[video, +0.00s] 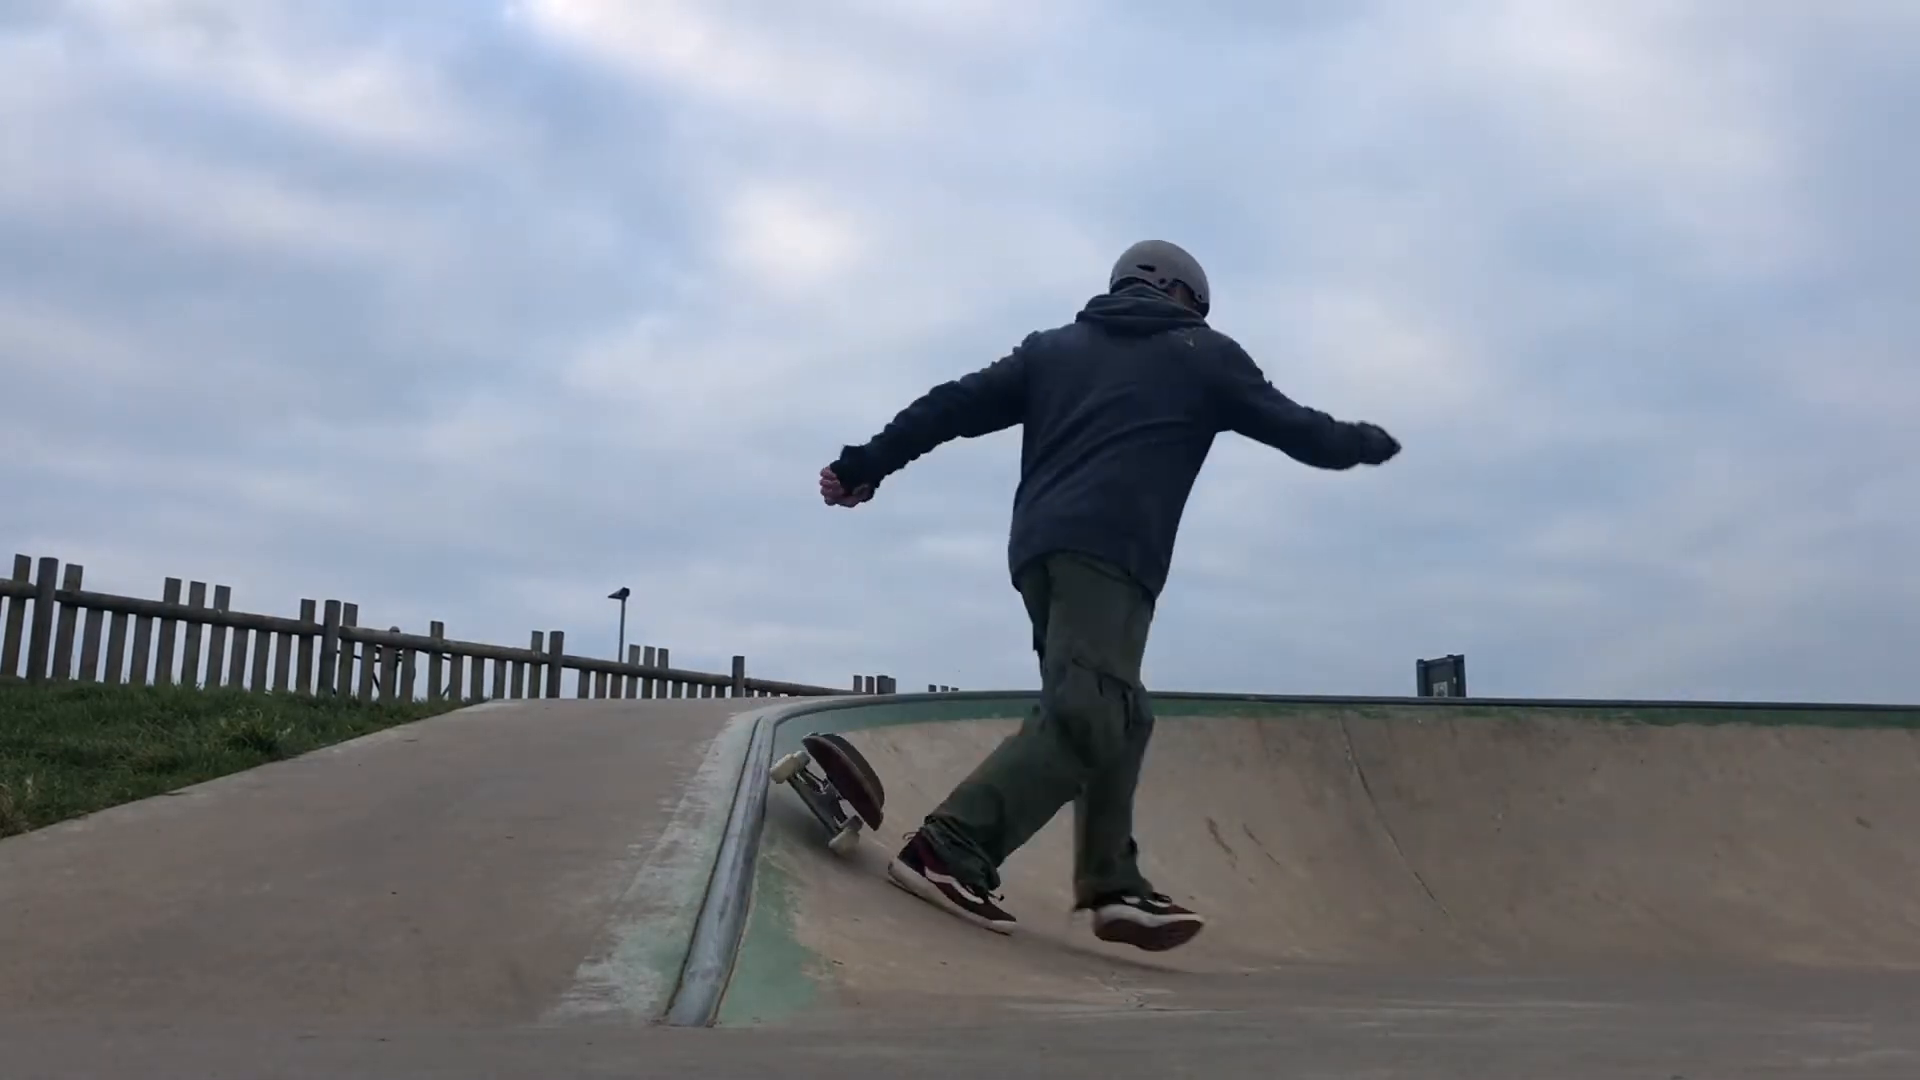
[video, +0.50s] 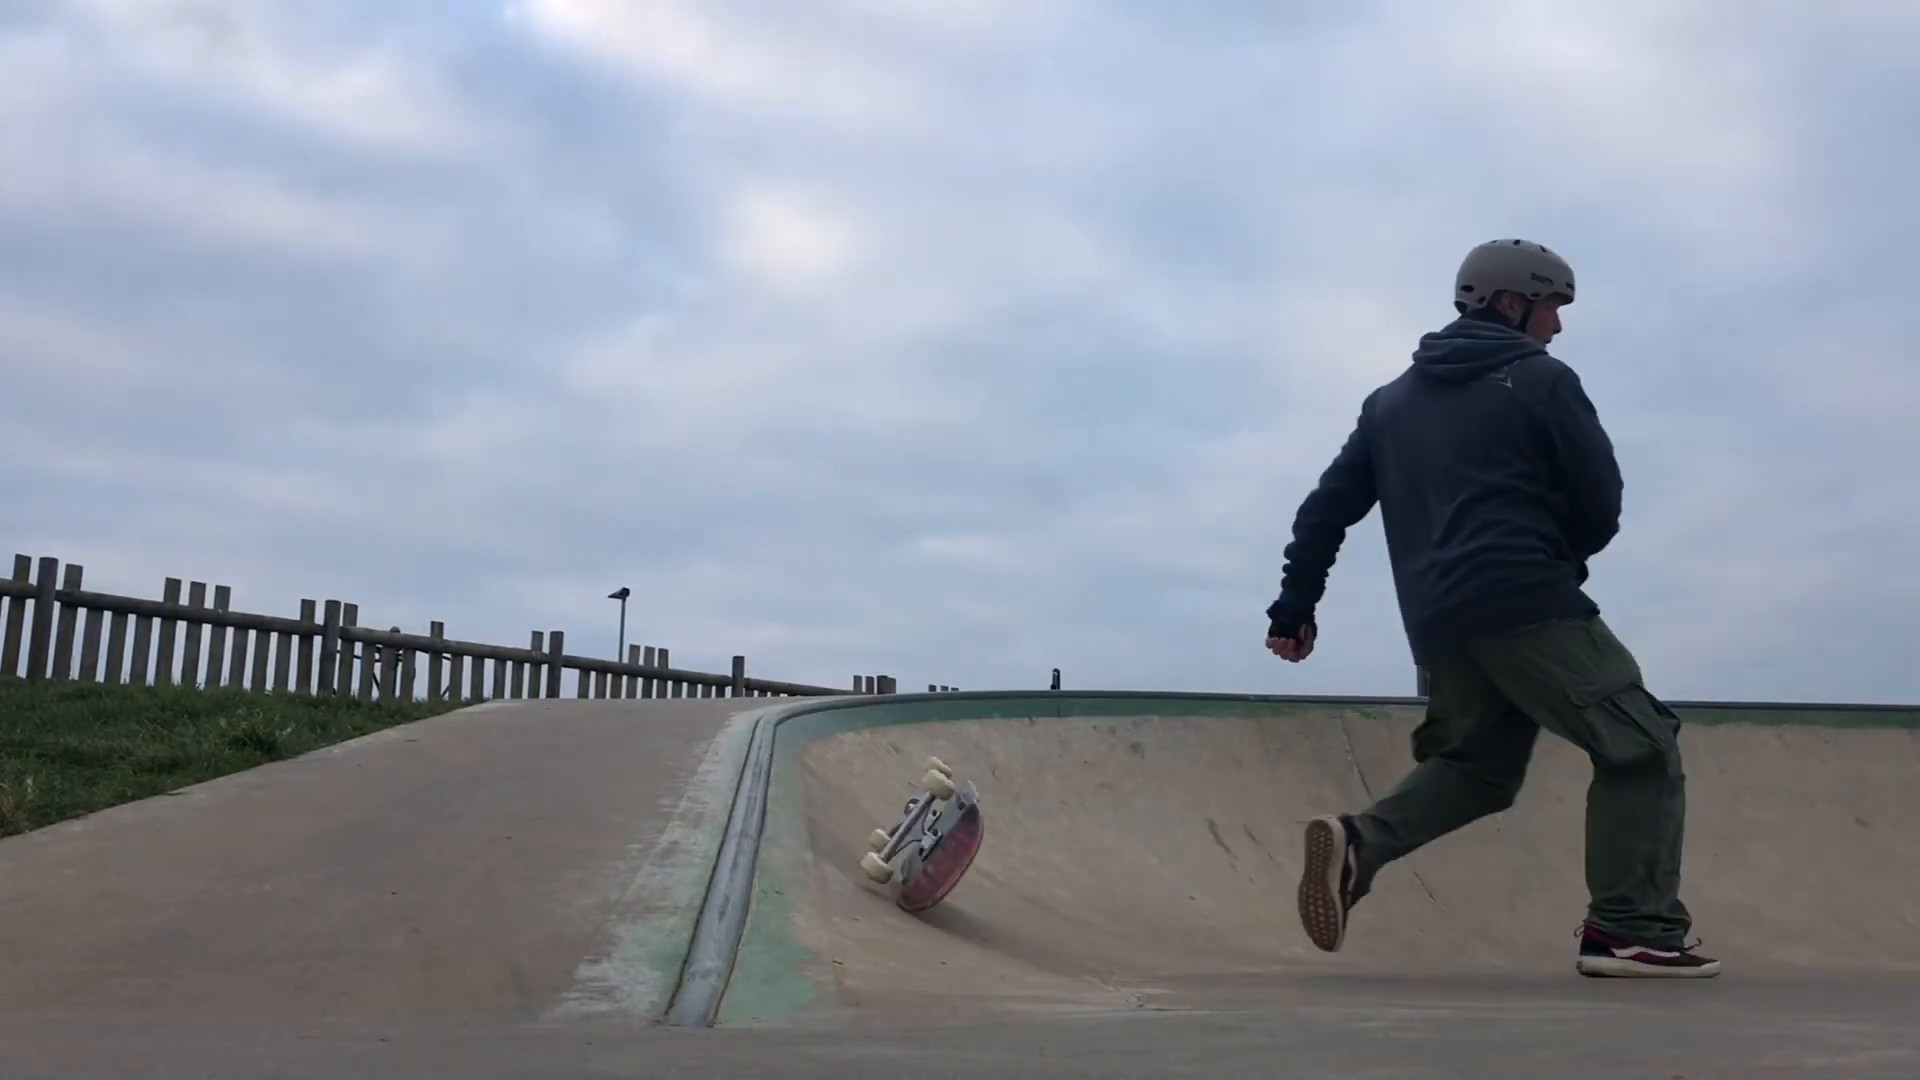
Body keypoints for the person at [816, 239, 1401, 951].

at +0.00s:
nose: (1201, 313)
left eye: (1195, 302)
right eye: (1199, 302)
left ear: (1122, 286)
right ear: (1187, 297)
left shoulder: (1054, 348)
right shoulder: (1202, 352)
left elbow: (952, 404)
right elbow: (1300, 430)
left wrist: (866, 463)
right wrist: (1370, 441)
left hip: (1036, 547)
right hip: (1112, 548)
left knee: (1122, 715)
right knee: (1084, 715)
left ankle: (1115, 891)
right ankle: (952, 846)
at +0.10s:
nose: (1253, 342)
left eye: (1253, 334)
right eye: (1252, 332)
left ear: (1175, 319)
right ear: (1234, 324)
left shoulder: (1114, 385)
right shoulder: (1260, 391)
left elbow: (1056, 446)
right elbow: (1299, 496)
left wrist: (1012, 509)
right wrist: (1297, 579)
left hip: (1113, 595)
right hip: (1196, 594)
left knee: (1197, 761)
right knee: (1212, 763)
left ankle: (1196, 931)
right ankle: (1054, 822)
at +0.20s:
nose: (1325, 360)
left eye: (1326, 351)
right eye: (1323, 348)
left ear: (1244, 334)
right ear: (1300, 339)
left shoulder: (1171, 406)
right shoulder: (1331, 411)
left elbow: (1134, 511)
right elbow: (1338, 537)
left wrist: (1136, 608)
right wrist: (1297, 593)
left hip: (1187, 612)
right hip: (1278, 607)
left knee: (1249, 777)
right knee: (1360, 754)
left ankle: (1198, 933)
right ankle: (1256, 834)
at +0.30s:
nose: (1406, 341)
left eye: (1407, 331)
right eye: (1404, 329)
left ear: (1328, 314)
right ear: (1378, 318)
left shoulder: (1248, 392)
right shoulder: (1406, 389)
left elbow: (1194, 509)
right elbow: (1425, 515)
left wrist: (1191, 607)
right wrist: (1382, 572)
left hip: (1265, 599)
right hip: (1360, 586)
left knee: (1276, 769)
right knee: (1467, 725)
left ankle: (1217, 919)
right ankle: (1464, 889)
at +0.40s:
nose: (1479, 326)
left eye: (1481, 313)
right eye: (1475, 311)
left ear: (1399, 300)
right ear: (1441, 302)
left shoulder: (1312, 384)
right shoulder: (1473, 370)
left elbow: (1241, 495)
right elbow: (1507, 503)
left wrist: (1232, 592)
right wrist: (1457, 556)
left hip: (1340, 601)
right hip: (1434, 584)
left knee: (1335, 762)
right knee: (1550, 725)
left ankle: (1258, 890)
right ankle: (1600, 923)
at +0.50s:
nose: (1559, 324)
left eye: (1560, 310)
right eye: (1552, 309)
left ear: (1475, 305)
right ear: (1512, 306)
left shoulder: (1391, 403)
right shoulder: (1538, 376)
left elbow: (1324, 510)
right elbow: (1599, 505)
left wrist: (1295, 604)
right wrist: (1554, 554)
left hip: (1436, 620)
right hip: (1525, 598)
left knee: (1478, 768)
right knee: (1640, 741)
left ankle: (1360, 845)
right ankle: (1629, 925)